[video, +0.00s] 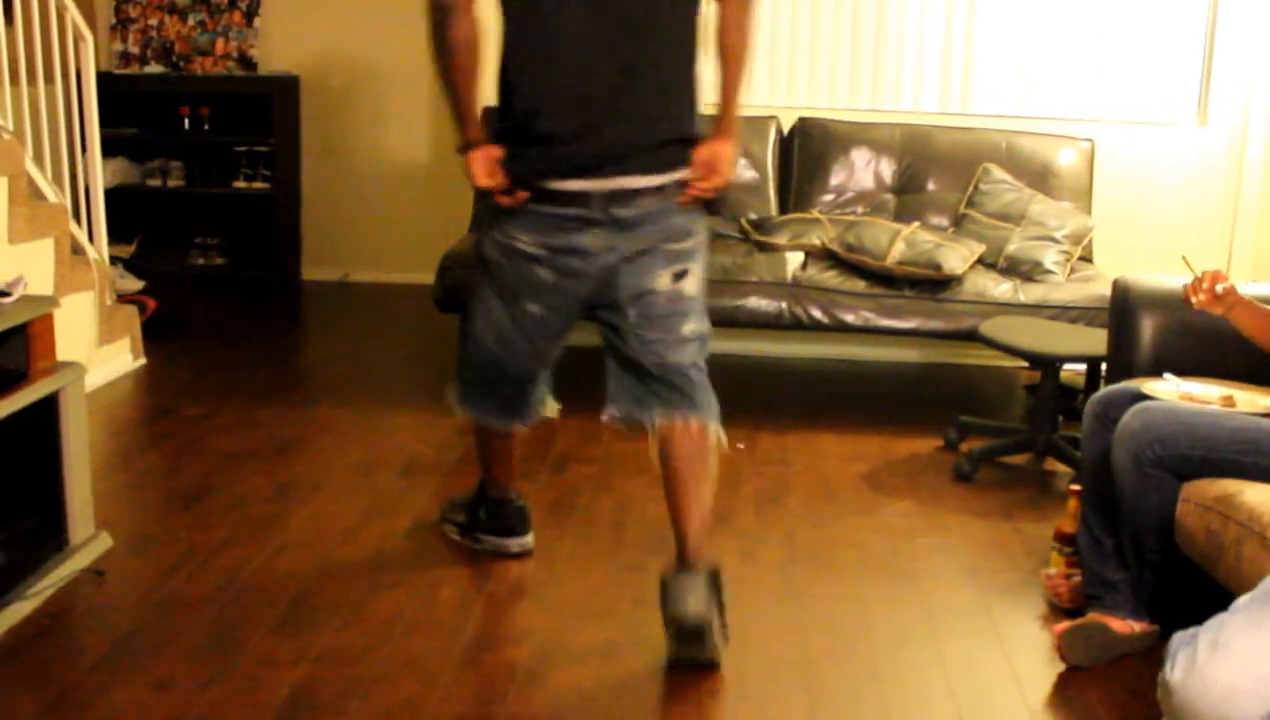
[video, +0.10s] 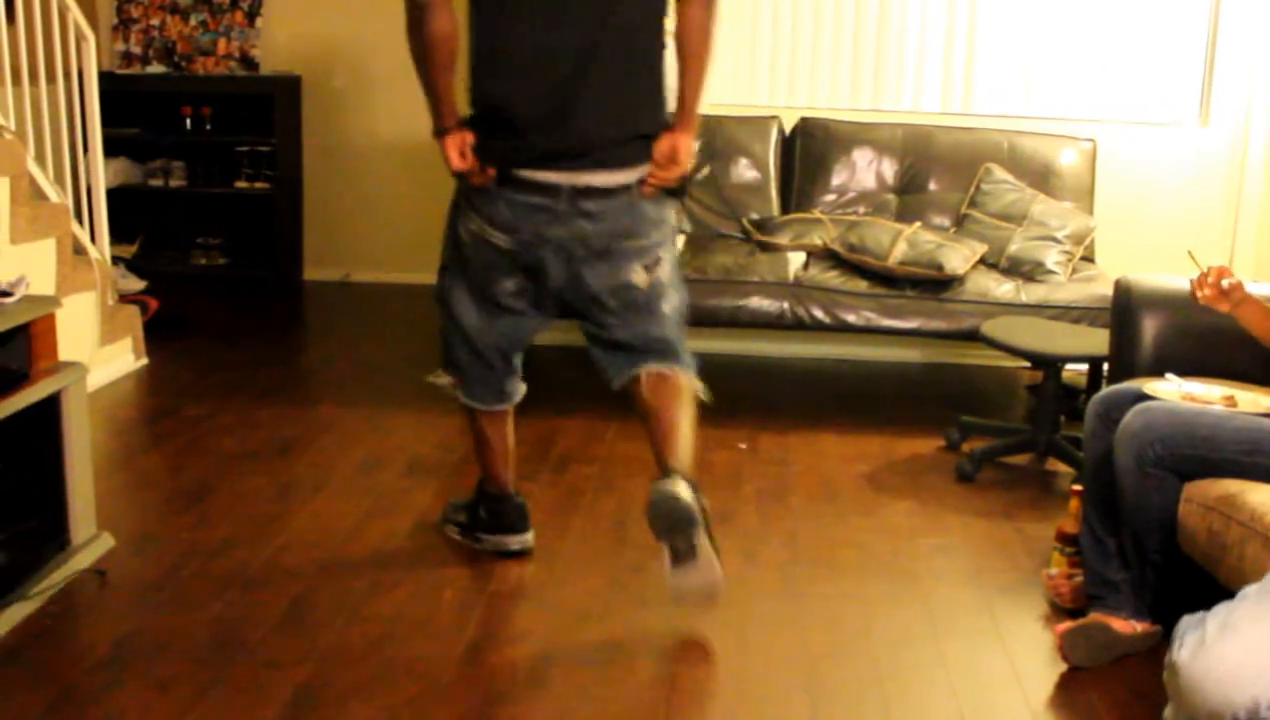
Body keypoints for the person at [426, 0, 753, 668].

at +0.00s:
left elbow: (456, 10)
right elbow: (737, 4)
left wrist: (472, 133)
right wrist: (726, 128)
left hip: (544, 190)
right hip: (667, 184)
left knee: (499, 362)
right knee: (680, 381)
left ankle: (499, 505)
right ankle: (694, 575)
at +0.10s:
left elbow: (432, 11)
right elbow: (697, 5)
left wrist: (448, 121)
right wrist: (686, 123)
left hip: (509, 182)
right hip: (628, 181)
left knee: (485, 345)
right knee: (656, 344)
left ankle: (500, 503)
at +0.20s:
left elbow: (447, 2)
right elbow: (686, 2)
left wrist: (454, 84)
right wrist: (672, 84)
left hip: (503, 116)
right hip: (612, 113)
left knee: (487, 312)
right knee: (621, 299)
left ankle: (498, 493)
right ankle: (642, 468)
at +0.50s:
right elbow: (639, 8)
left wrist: (547, 73)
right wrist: (613, 80)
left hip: (518, 117)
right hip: (586, 114)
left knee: (493, 302)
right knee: (570, 274)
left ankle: (505, 489)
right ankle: (579, 409)